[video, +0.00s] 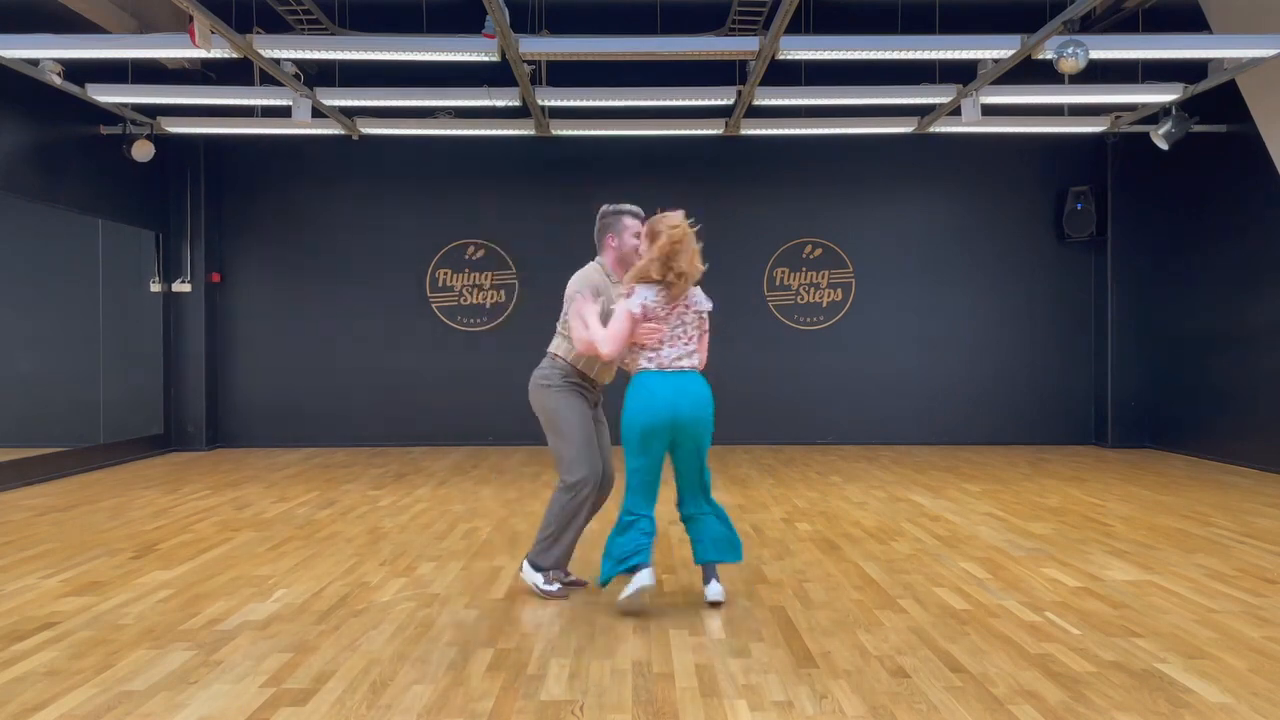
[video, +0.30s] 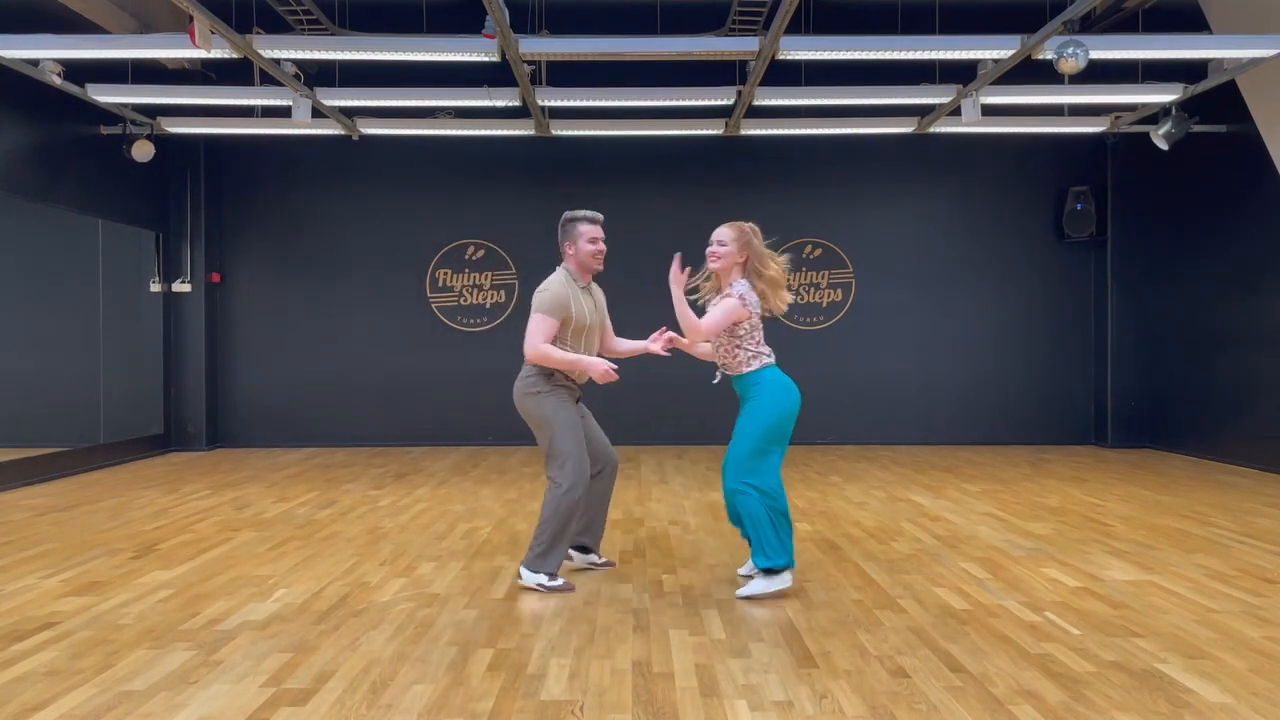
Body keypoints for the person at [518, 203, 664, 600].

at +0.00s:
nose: (644, 245)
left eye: (644, 237)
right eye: (636, 237)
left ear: (625, 242)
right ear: (612, 241)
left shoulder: (630, 290)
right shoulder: (586, 280)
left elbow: (630, 356)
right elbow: (586, 342)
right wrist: (626, 338)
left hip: (589, 390)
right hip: (558, 381)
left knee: (602, 478)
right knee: (582, 474)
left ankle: (553, 563)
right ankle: (538, 564)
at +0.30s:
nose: (602, 248)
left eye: (603, 241)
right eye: (593, 242)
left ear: (602, 245)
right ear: (569, 248)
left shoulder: (595, 293)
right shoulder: (554, 290)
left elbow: (608, 345)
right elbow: (534, 348)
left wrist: (648, 344)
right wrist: (585, 363)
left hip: (567, 391)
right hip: (541, 388)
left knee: (603, 461)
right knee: (572, 472)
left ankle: (582, 548)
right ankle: (536, 567)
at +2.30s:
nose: (559, 266)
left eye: (557, 260)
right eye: (553, 261)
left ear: (530, 270)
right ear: (535, 268)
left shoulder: (516, 305)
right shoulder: (549, 306)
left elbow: (550, 350)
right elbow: (590, 349)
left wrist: (584, 319)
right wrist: (628, 340)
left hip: (488, 402)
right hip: (512, 407)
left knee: (501, 488)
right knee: (559, 478)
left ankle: (458, 560)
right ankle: (527, 558)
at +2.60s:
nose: (535, 268)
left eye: (533, 261)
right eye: (528, 263)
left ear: (501, 271)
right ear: (508, 269)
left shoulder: (477, 309)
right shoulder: (528, 307)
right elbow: (572, 354)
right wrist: (620, 359)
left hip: (468, 405)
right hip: (496, 402)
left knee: (535, 465)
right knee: (510, 485)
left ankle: (521, 544)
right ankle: (480, 583)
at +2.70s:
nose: (534, 260)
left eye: (532, 254)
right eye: (528, 254)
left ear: (508, 261)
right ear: (507, 260)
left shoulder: (503, 297)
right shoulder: (513, 297)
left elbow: (536, 351)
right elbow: (563, 334)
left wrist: (545, 313)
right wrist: (615, 324)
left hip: (490, 400)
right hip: (485, 400)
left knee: (544, 472)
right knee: (505, 486)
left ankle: (516, 553)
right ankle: (482, 581)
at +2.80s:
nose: (535, 253)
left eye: (533, 247)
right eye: (528, 248)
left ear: (516, 253)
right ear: (507, 254)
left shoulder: (525, 300)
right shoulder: (493, 288)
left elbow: (555, 345)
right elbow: (526, 326)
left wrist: (594, 326)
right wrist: (584, 323)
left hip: (510, 398)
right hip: (474, 399)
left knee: (546, 466)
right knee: (522, 462)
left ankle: (503, 536)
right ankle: (505, 549)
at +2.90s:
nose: (533, 263)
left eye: (532, 256)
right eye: (527, 257)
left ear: (508, 263)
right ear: (504, 261)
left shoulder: (531, 306)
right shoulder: (481, 301)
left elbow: (562, 351)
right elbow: (516, 333)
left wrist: (598, 373)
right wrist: (573, 329)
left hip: (522, 402)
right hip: (483, 405)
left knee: (533, 476)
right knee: (517, 472)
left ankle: (508, 549)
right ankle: (503, 559)